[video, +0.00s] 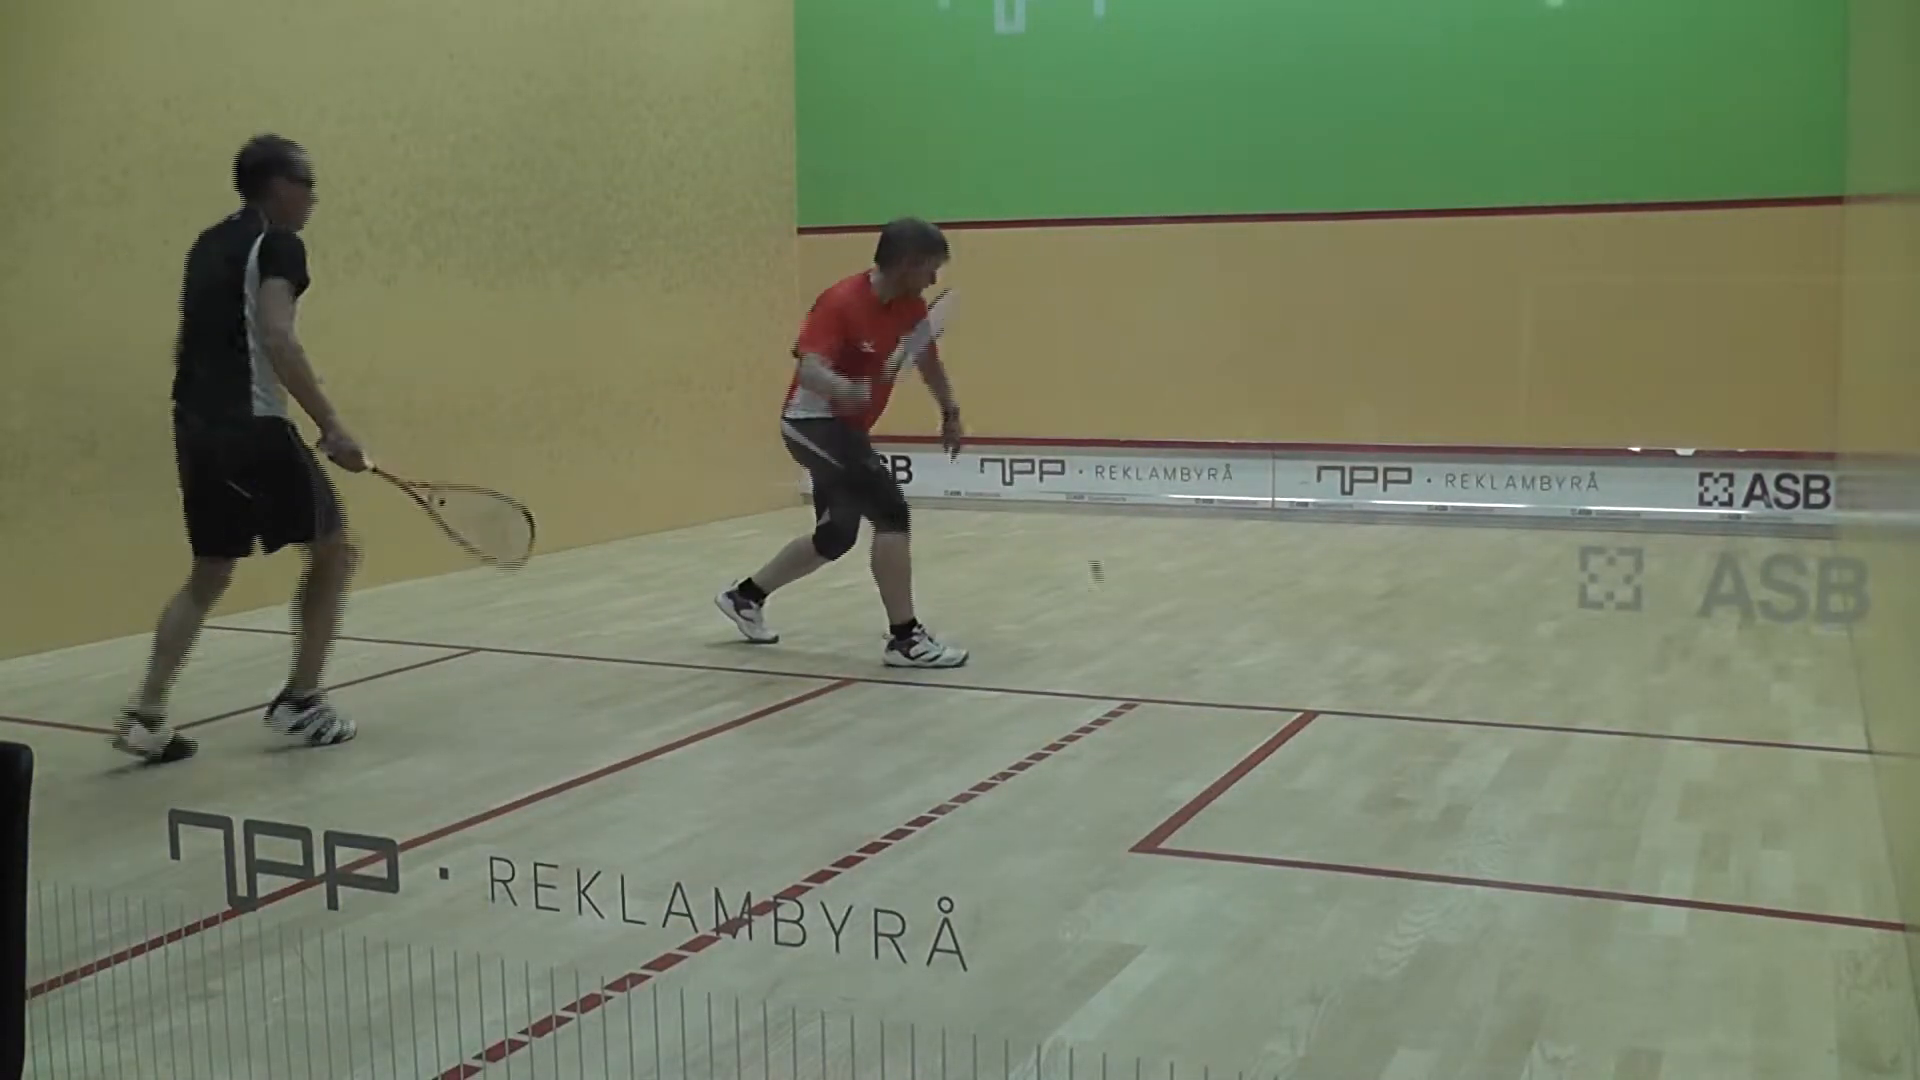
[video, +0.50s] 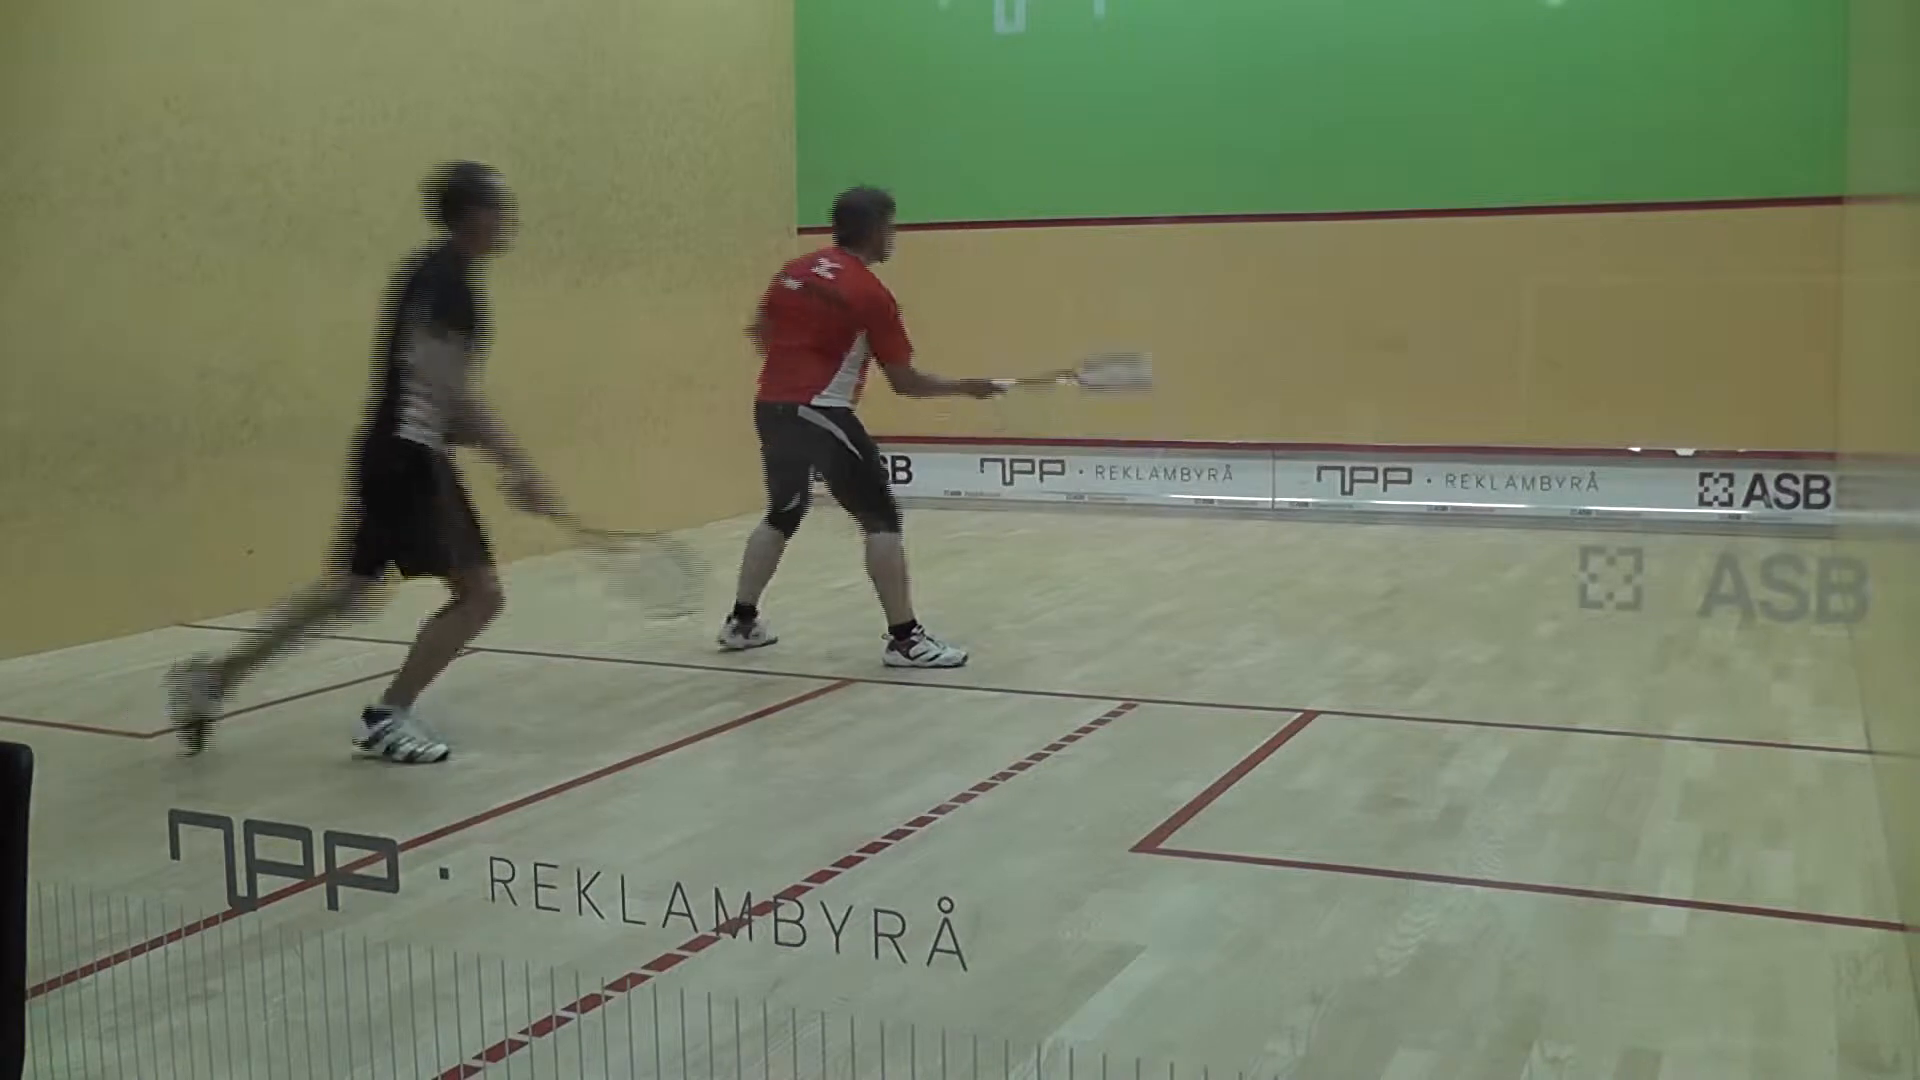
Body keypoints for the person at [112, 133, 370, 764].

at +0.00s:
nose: (312, 198)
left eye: (311, 186)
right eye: (304, 185)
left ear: (256, 190)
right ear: (273, 187)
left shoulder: (209, 243)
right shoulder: (278, 243)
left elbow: (198, 347)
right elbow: (277, 338)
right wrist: (331, 423)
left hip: (197, 434)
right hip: (256, 431)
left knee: (208, 574)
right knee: (336, 550)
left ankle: (145, 714)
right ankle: (301, 701)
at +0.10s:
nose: (324, 202)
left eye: (322, 190)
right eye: (315, 190)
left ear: (271, 194)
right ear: (282, 192)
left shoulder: (223, 250)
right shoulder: (279, 251)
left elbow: (224, 359)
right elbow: (271, 348)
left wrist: (289, 424)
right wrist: (329, 432)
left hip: (206, 443)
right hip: (262, 442)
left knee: (210, 585)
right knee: (372, 549)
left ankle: (144, 725)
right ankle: (335, 688)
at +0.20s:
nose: (351, 209)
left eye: (349, 197)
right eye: (341, 197)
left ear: (302, 204)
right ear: (306, 201)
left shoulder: (257, 259)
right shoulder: (292, 261)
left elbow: (261, 374)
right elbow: (283, 369)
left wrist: (320, 427)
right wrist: (332, 452)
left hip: (239, 457)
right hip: (281, 453)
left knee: (227, 590)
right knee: (403, 551)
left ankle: (145, 723)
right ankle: (402, 709)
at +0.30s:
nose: (380, 207)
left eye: (378, 196)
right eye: (371, 195)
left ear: (331, 202)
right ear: (342, 200)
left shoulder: (291, 259)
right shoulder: (322, 262)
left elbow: (280, 379)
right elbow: (310, 370)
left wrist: (349, 423)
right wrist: (360, 452)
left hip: (274, 453)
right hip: (313, 450)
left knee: (239, 586)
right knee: (427, 555)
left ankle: (150, 717)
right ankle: (425, 711)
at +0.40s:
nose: (445, 210)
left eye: (443, 199)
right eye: (433, 199)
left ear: (405, 209)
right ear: (402, 207)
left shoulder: (379, 263)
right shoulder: (384, 269)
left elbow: (378, 378)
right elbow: (379, 382)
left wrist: (417, 431)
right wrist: (434, 452)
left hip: (341, 453)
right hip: (376, 454)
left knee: (277, 578)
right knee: (469, 575)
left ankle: (171, 699)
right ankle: (398, 711)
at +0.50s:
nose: (506, 222)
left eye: (504, 210)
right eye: (496, 210)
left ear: (463, 217)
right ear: (466, 216)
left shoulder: (435, 272)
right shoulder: (447, 278)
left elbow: (444, 397)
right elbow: (448, 393)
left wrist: (510, 464)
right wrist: (517, 466)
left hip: (390, 456)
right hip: (415, 459)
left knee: (353, 587)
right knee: (481, 597)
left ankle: (214, 679)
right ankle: (390, 716)